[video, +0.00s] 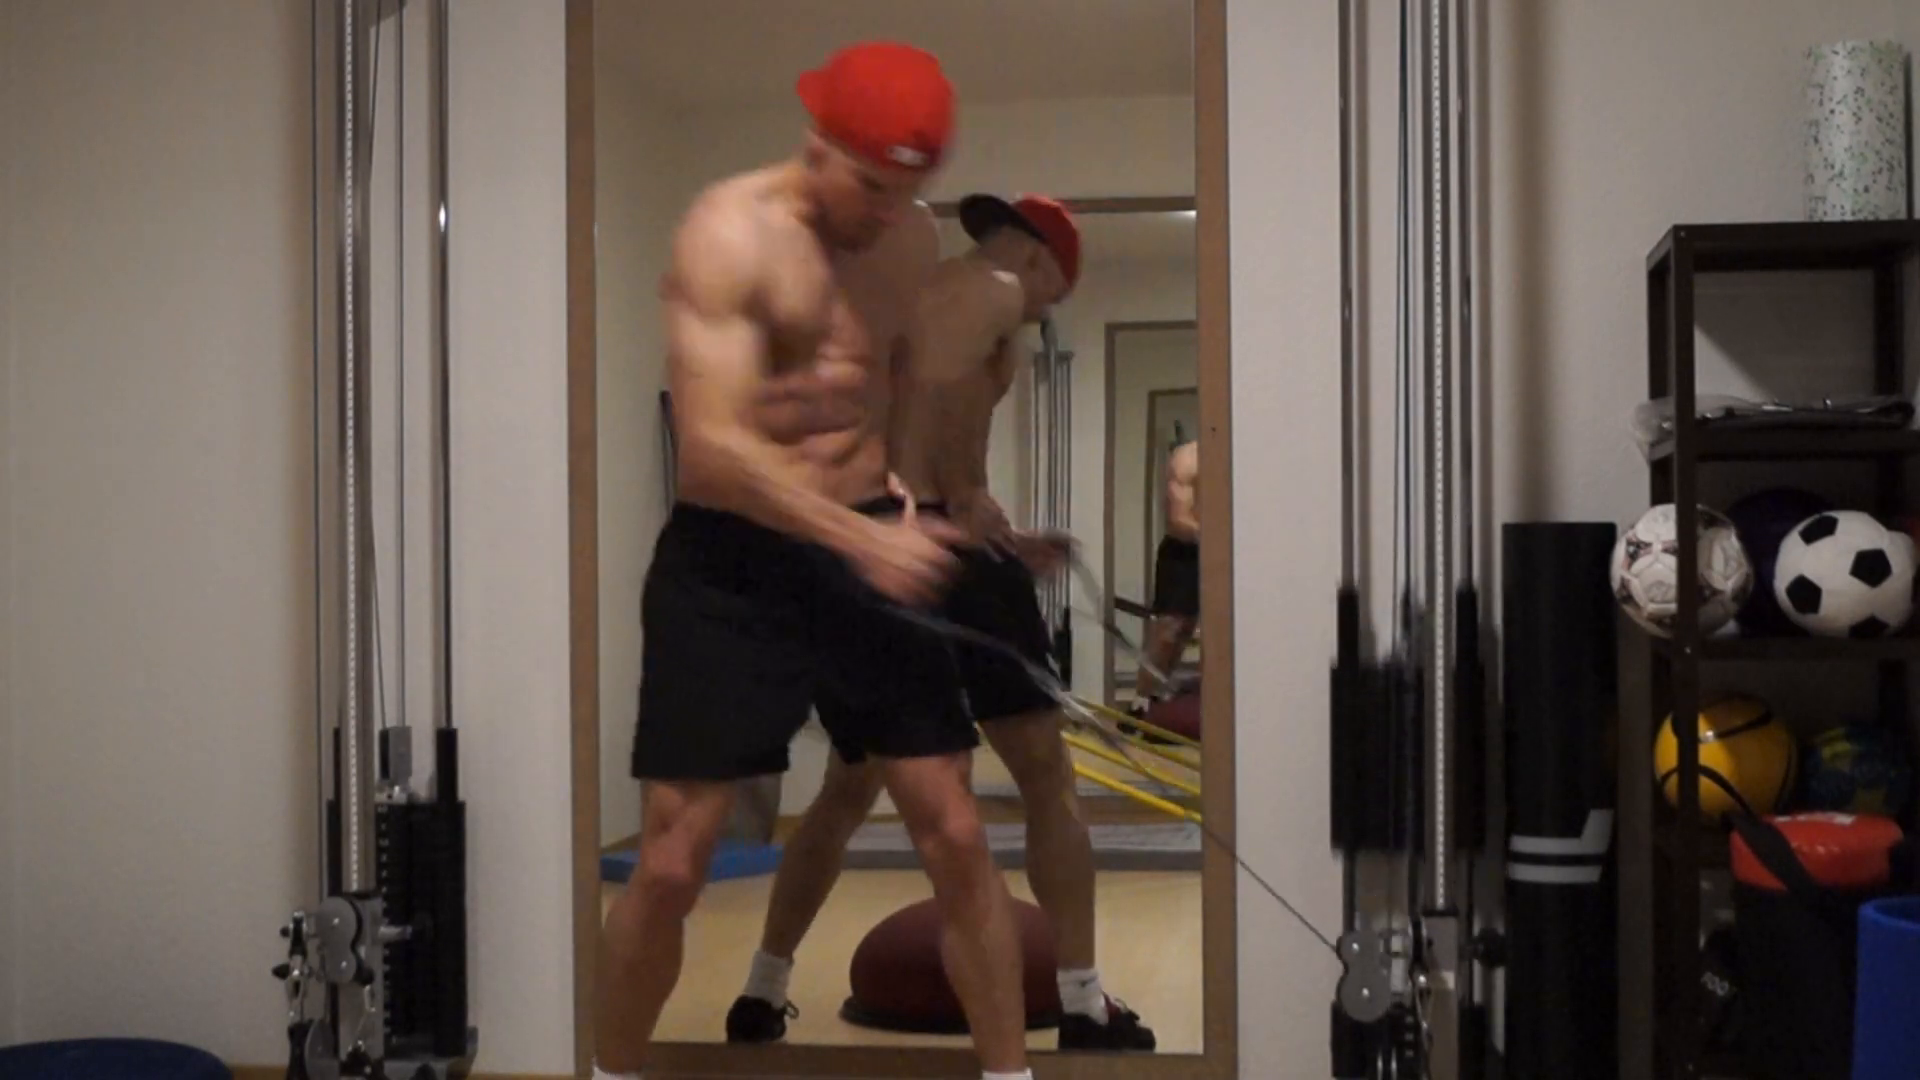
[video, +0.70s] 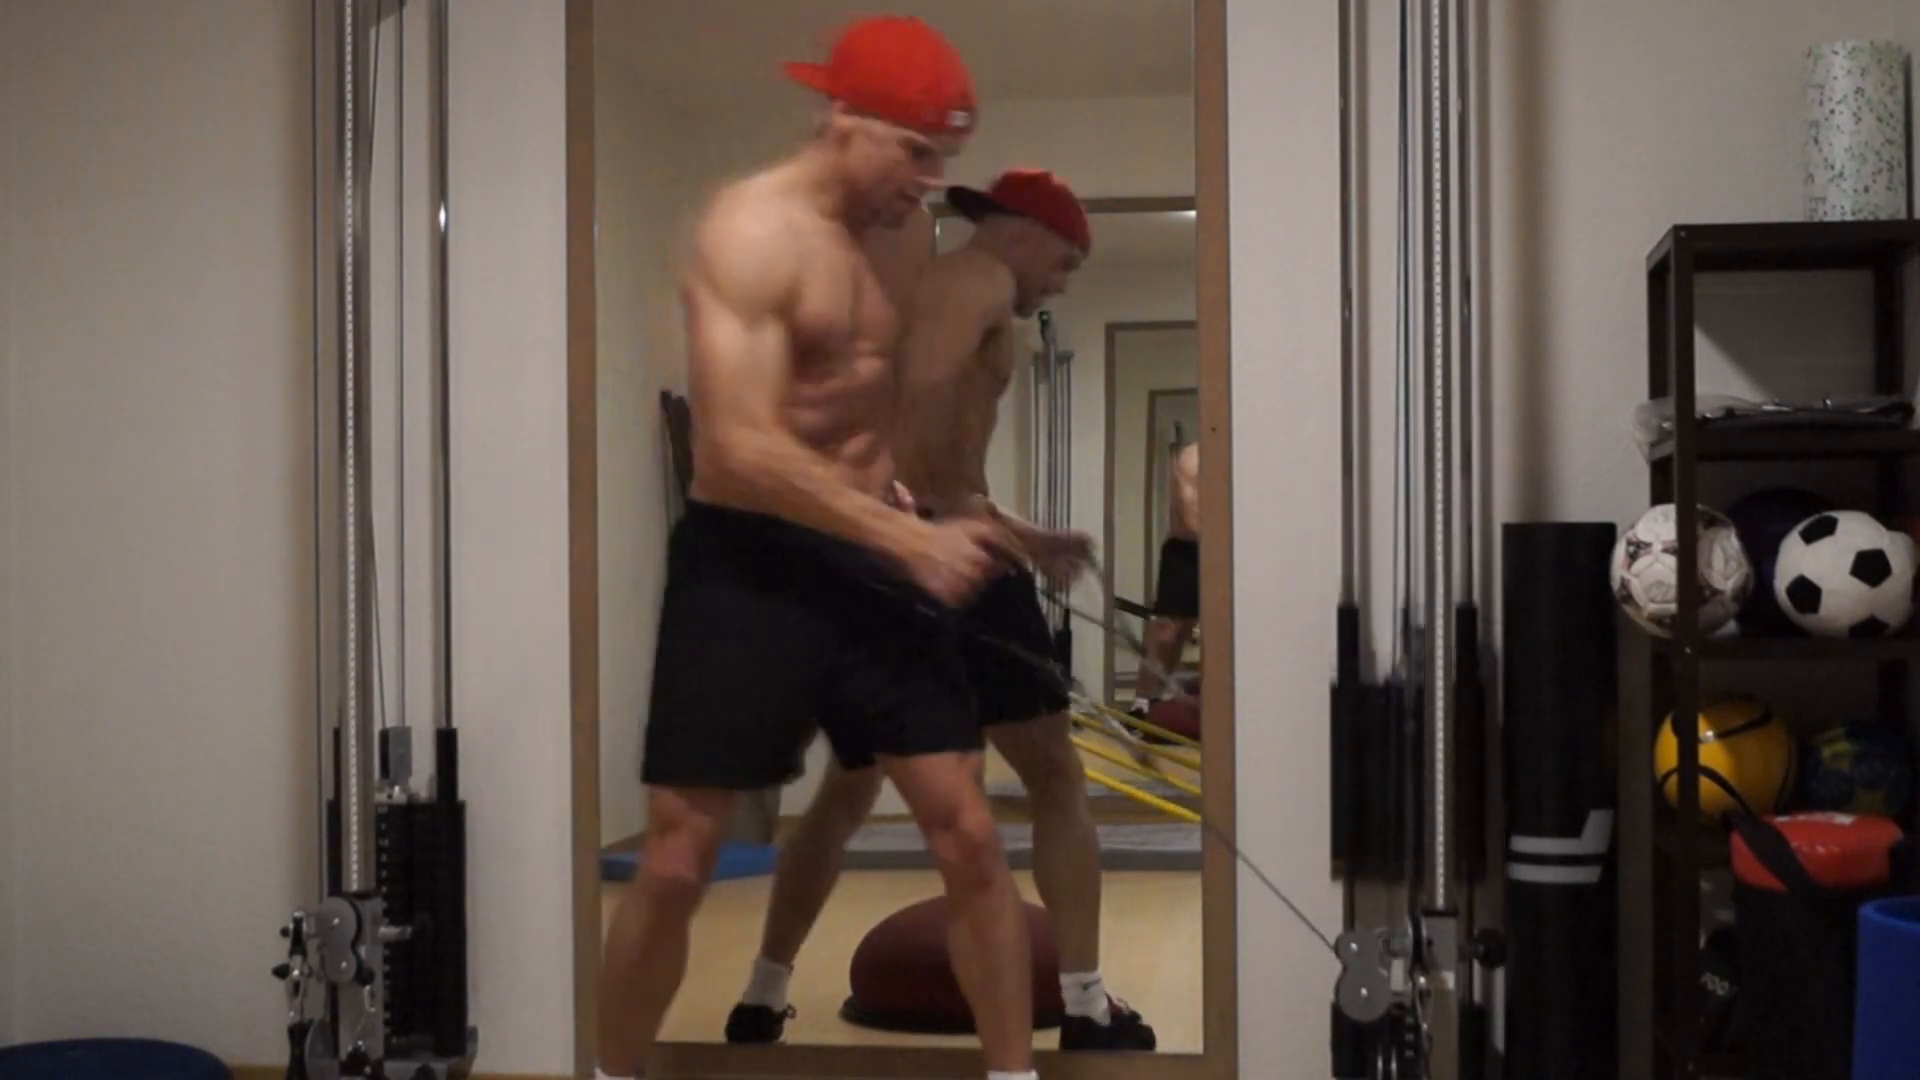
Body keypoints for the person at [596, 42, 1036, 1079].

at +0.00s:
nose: (890, 208)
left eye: (906, 187)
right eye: (871, 182)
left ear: (923, 170)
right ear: (817, 141)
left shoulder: (906, 237)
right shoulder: (729, 228)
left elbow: (888, 383)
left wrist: (902, 495)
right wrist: (860, 537)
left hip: (862, 551)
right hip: (728, 564)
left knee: (958, 835)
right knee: (670, 868)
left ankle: (1009, 1075)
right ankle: (613, 1074)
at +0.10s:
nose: (767, 175)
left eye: (795, 156)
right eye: (751, 148)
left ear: (842, 144)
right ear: (725, 126)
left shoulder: (896, 237)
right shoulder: (653, 216)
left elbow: (978, 348)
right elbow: (549, 361)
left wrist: (900, 461)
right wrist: (627, 431)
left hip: (842, 564)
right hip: (691, 563)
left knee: (930, 841)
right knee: (622, 851)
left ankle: (1004, 1073)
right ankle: (605, 1075)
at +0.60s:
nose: (834, 169)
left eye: (855, 147)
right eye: (814, 142)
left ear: (877, 132)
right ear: (756, 107)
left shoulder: (904, 228)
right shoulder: (682, 219)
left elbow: (939, 349)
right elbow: (587, 401)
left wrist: (899, 469)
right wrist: (739, 464)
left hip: (857, 560)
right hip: (709, 564)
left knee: (952, 833)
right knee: (647, 855)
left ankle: (1011, 1075)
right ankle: (602, 1077)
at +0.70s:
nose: (932, 179)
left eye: (944, 157)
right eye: (918, 151)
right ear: (846, 123)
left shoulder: (889, 233)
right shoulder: (752, 225)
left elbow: (855, 423)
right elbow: (736, 449)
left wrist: (915, 513)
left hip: (870, 557)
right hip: (746, 564)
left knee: (970, 837)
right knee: (676, 866)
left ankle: (1014, 1073)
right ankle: (613, 1073)